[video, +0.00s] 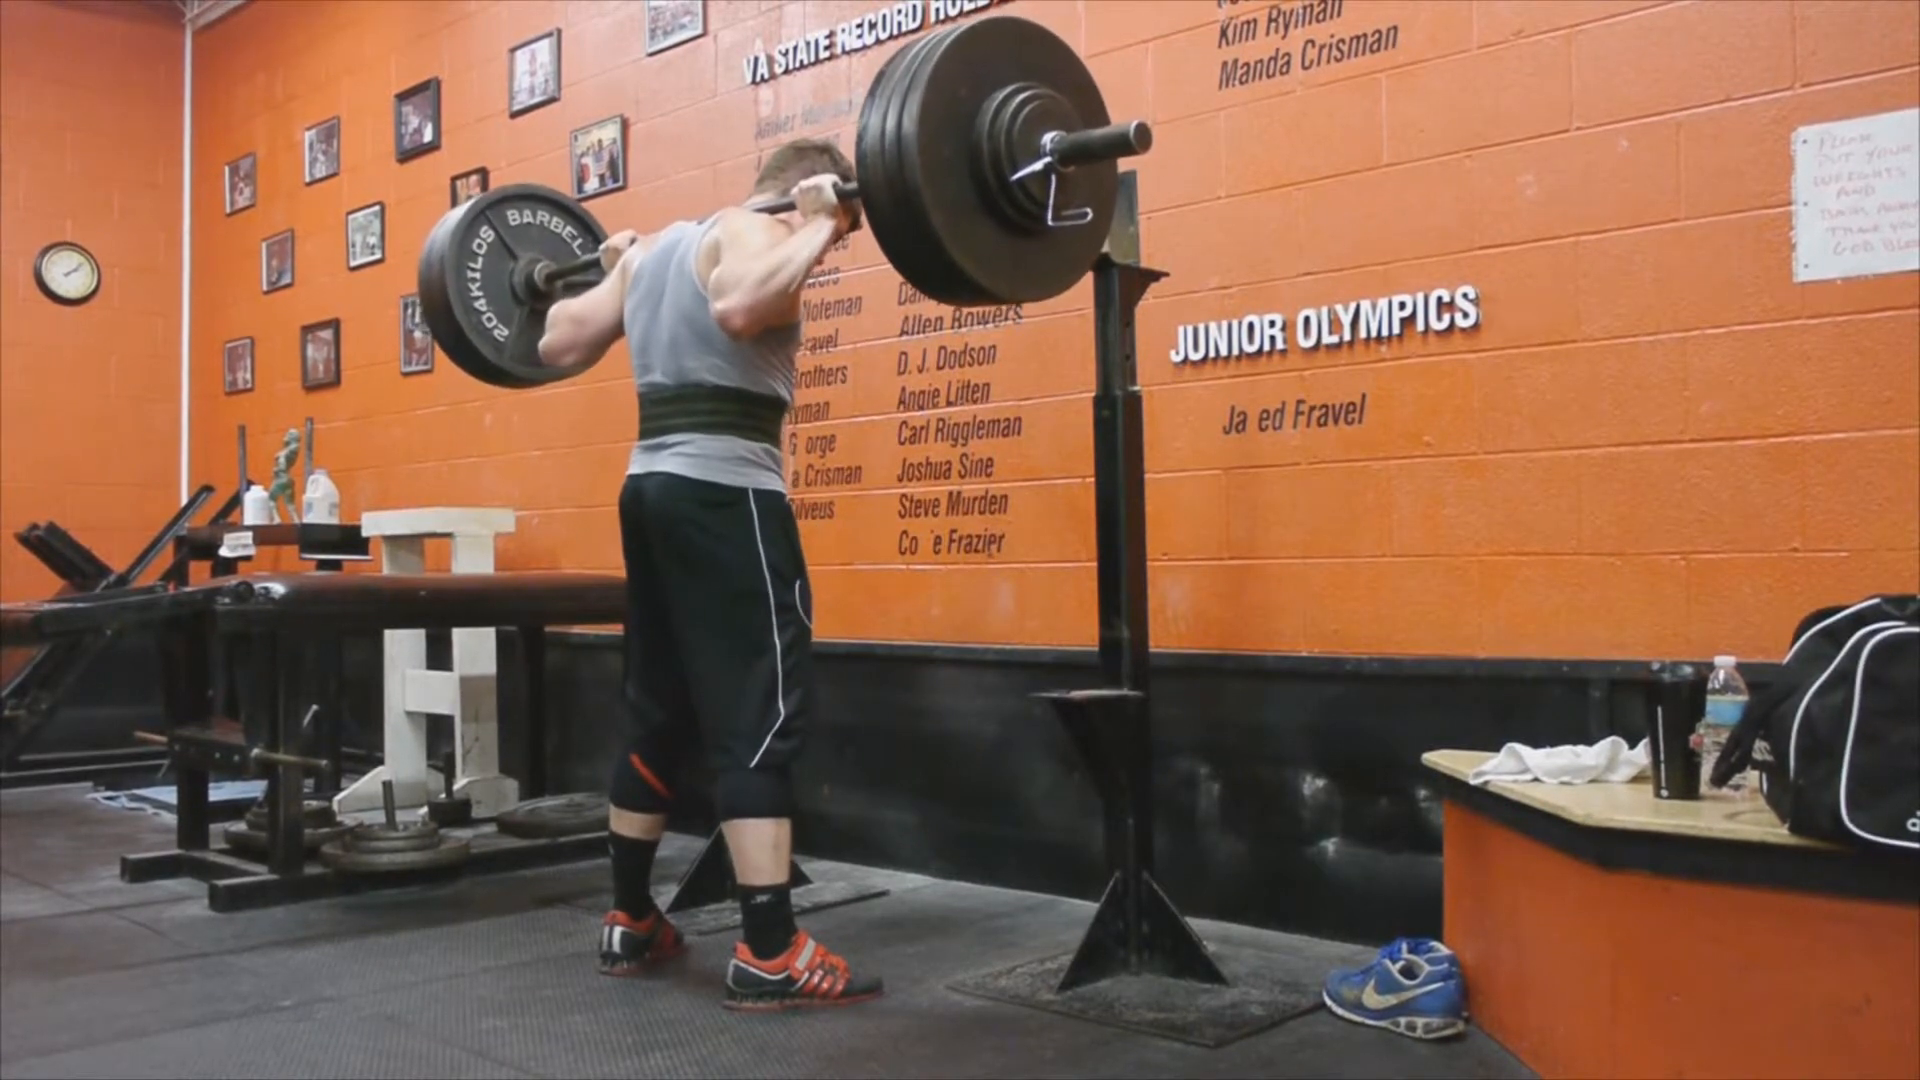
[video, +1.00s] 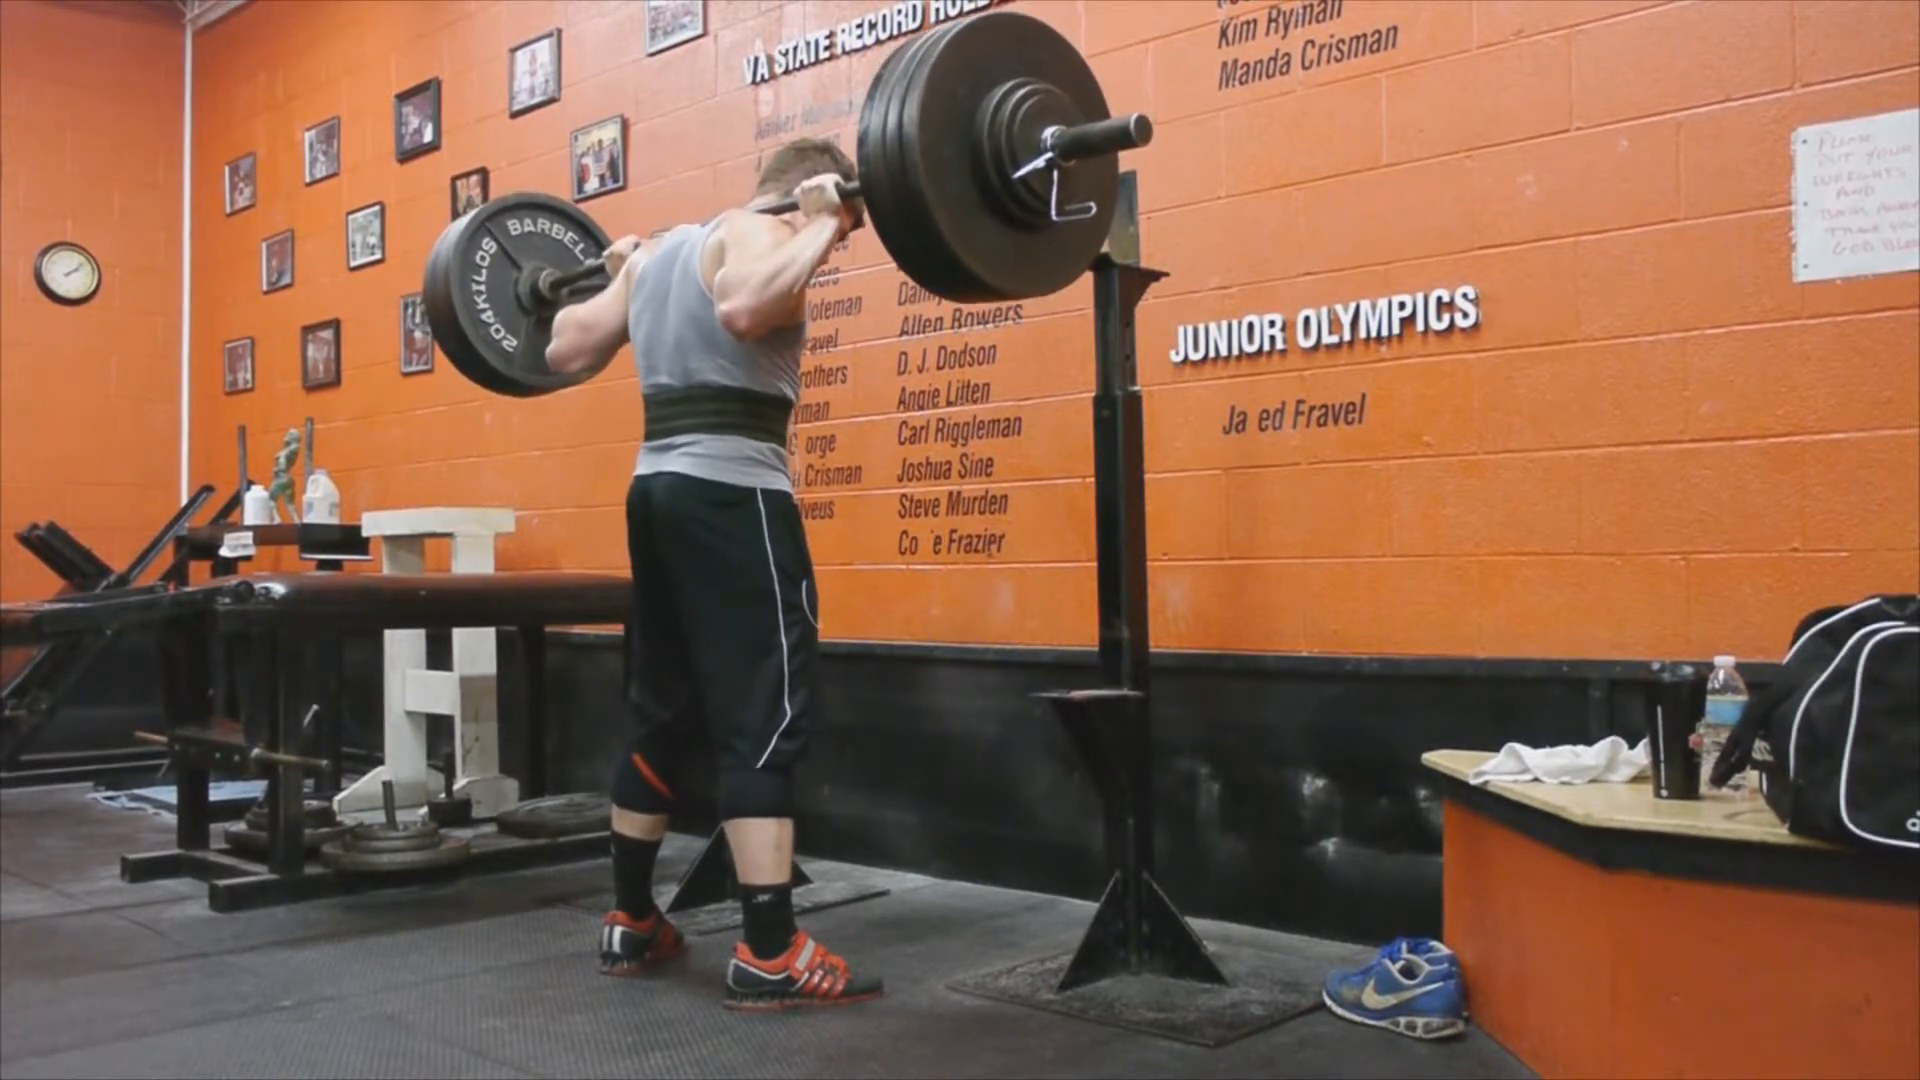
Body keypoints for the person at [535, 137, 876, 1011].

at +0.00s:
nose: (837, 240)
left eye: (845, 228)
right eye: (839, 221)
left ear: (758, 184)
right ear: (809, 198)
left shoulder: (655, 252)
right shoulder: (763, 232)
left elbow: (556, 342)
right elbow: (738, 309)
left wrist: (611, 271)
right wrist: (818, 230)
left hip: (651, 495)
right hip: (728, 497)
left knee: (661, 711)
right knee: (758, 714)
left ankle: (630, 920)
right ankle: (770, 947)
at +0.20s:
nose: (837, 240)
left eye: (845, 227)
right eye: (838, 222)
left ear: (758, 186)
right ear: (810, 198)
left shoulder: (658, 254)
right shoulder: (763, 233)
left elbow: (560, 345)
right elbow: (742, 313)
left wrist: (614, 273)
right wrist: (820, 228)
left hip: (660, 497)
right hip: (737, 499)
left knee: (665, 711)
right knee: (763, 715)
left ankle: (631, 921)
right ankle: (770, 947)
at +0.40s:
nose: (839, 237)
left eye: (846, 224)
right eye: (840, 219)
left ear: (757, 185)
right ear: (811, 196)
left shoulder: (659, 254)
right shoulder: (766, 232)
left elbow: (561, 345)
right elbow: (742, 312)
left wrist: (614, 275)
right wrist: (821, 228)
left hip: (661, 497)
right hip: (738, 498)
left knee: (669, 711)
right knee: (768, 714)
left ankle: (632, 921)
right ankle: (770, 947)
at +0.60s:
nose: (838, 242)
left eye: (845, 229)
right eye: (839, 224)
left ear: (757, 186)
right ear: (810, 199)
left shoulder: (658, 255)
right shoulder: (764, 232)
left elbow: (562, 347)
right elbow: (741, 311)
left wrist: (614, 275)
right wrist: (821, 227)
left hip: (658, 498)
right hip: (735, 499)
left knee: (665, 711)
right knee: (763, 715)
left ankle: (631, 921)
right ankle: (770, 947)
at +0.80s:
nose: (839, 241)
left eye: (847, 229)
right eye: (841, 223)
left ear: (759, 186)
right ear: (812, 198)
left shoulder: (659, 254)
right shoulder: (766, 231)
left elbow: (563, 347)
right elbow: (742, 309)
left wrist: (615, 276)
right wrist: (823, 225)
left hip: (657, 497)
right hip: (735, 499)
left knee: (664, 710)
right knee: (763, 715)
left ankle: (631, 921)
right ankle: (770, 948)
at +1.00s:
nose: (839, 241)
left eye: (847, 228)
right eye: (841, 223)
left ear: (760, 186)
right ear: (813, 199)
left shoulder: (661, 255)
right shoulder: (767, 232)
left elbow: (564, 348)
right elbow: (743, 309)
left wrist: (617, 277)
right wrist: (824, 228)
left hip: (658, 497)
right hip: (735, 499)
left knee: (665, 710)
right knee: (764, 715)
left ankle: (631, 921)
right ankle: (770, 947)